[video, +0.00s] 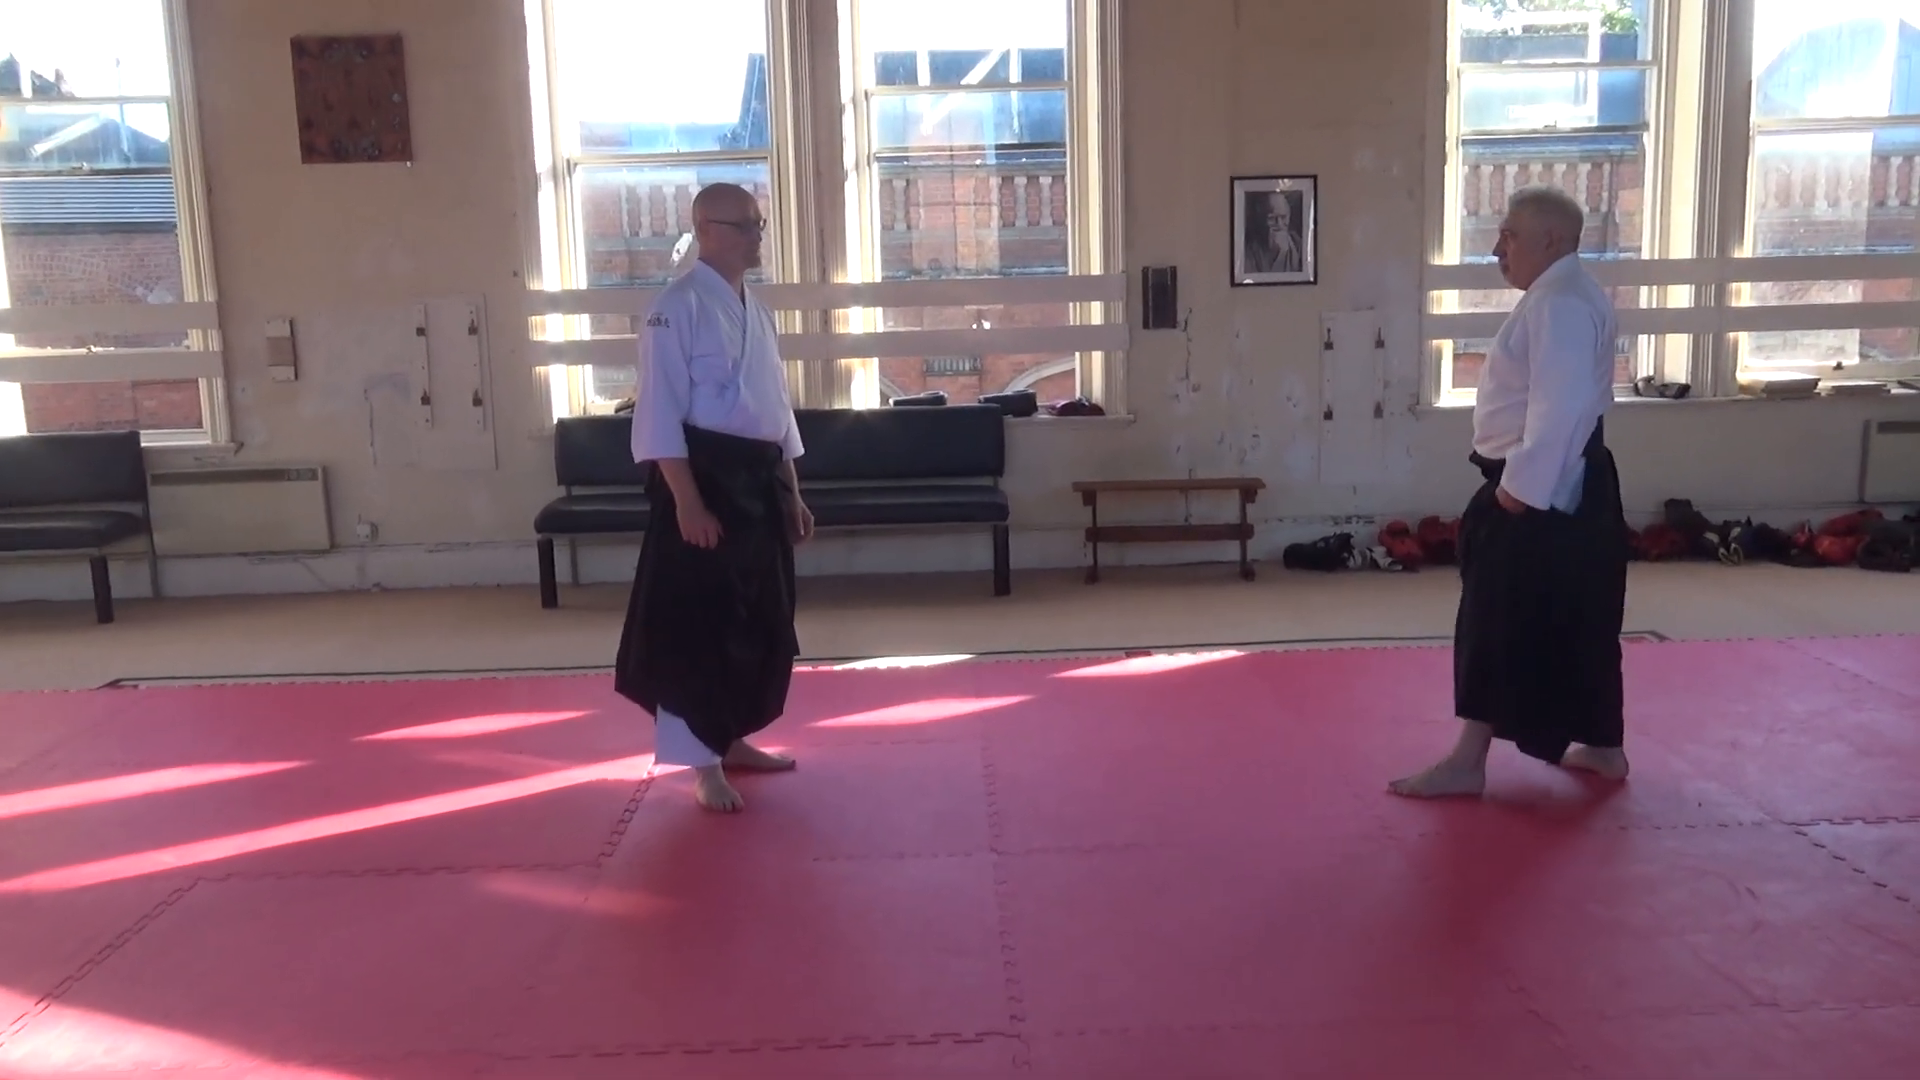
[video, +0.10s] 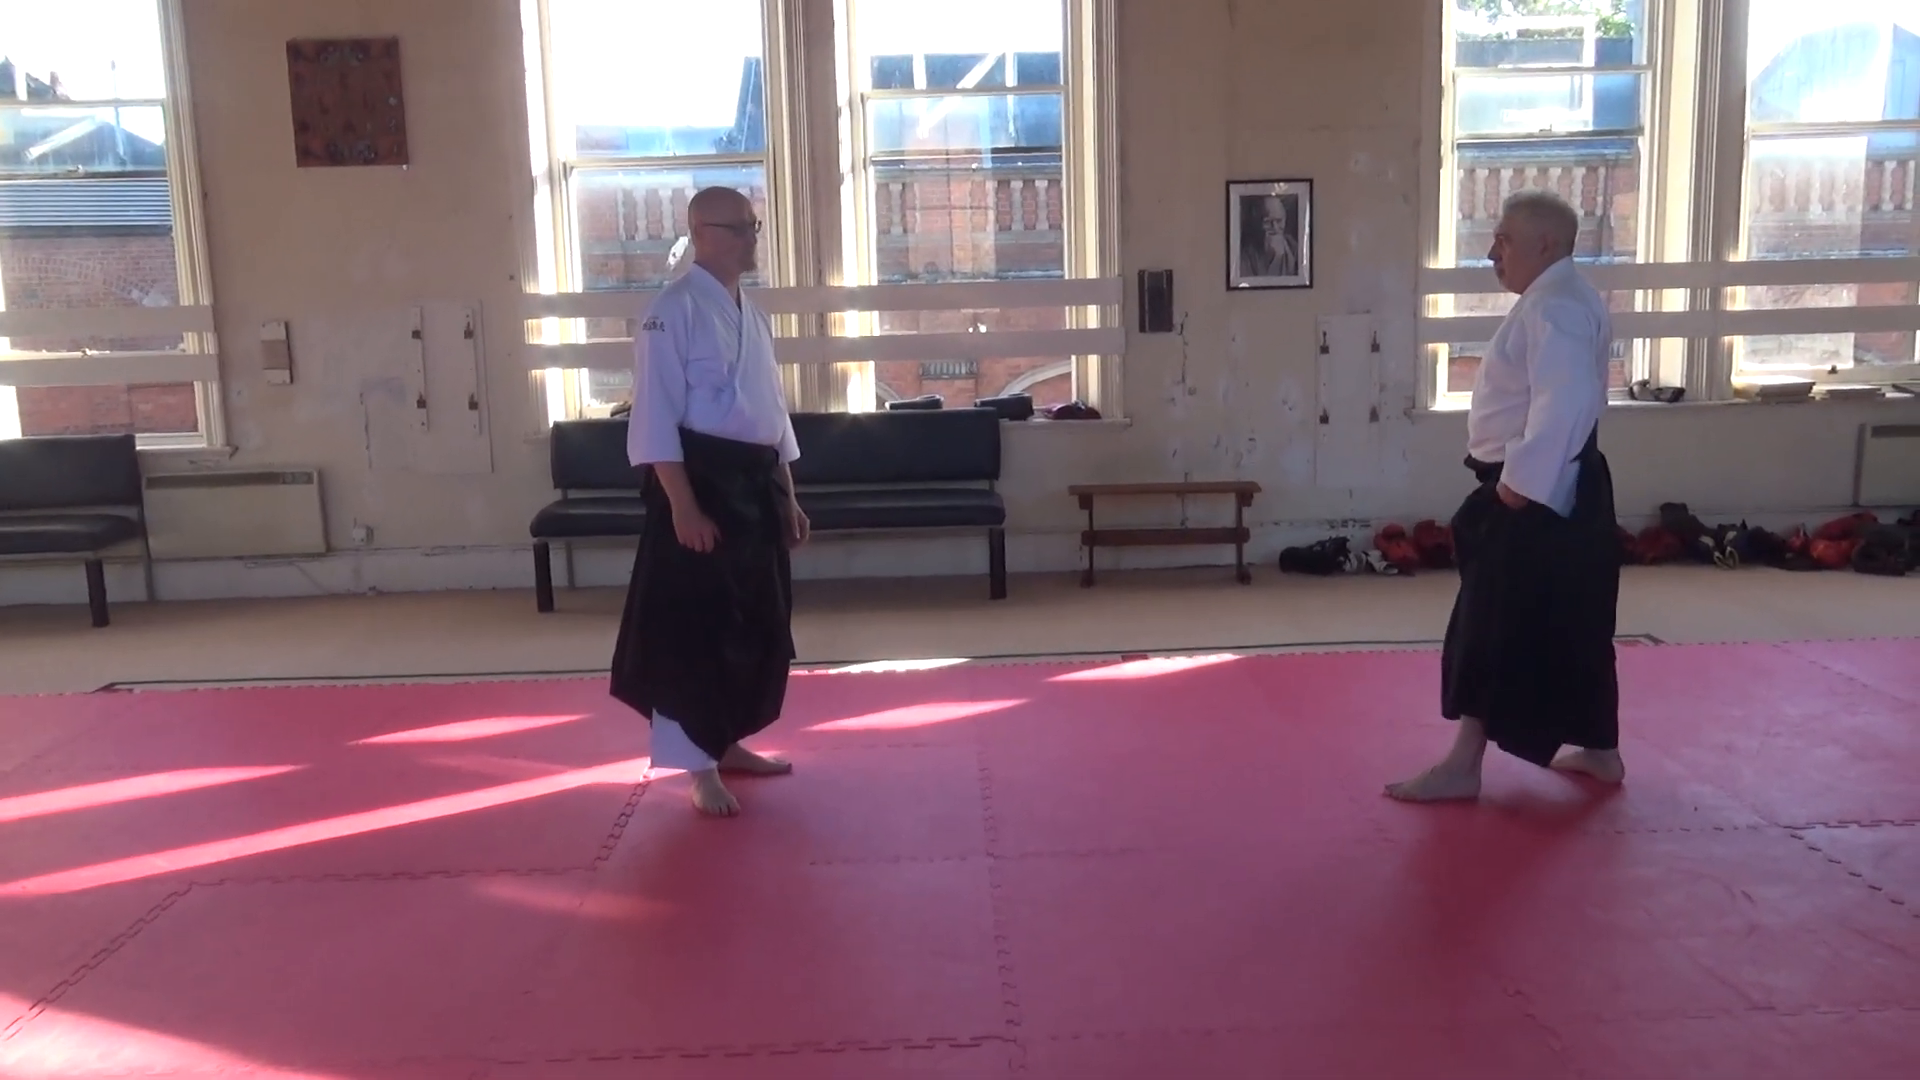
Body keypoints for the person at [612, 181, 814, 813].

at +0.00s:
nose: (757, 235)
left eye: (758, 225)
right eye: (743, 225)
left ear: (751, 231)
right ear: (704, 228)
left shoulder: (755, 307)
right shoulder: (676, 302)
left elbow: (775, 402)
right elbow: (658, 410)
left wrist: (791, 487)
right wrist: (686, 499)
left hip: (758, 472)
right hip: (699, 474)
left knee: (752, 608)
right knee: (698, 615)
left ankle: (731, 739)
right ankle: (704, 761)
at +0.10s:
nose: (751, 238)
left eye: (753, 228)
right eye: (737, 228)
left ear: (750, 233)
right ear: (698, 231)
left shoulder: (750, 311)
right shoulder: (672, 306)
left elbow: (771, 406)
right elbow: (654, 415)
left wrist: (787, 492)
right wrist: (682, 503)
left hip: (754, 476)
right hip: (695, 478)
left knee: (749, 612)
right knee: (694, 618)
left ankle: (727, 742)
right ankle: (699, 763)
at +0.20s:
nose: (747, 241)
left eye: (749, 230)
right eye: (733, 231)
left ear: (746, 237)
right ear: (695, 236)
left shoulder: (747, 315)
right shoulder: (668, 310)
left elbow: (767, 410)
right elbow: (651, 420)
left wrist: (784, 496)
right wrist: (679, 508)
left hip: (752, 480)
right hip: (692, 482)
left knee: (748, 617)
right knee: (691, 622)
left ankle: (724, 746)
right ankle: (696, 768)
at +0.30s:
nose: (746, 246)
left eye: (748, 235)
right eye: (731, 236)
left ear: (745, 242)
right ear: (693, 240)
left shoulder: (745, 319)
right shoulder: (668, 314)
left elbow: (766, 415)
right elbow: (650, 423)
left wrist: (782, 500)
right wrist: (677, 511)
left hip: (749, 484)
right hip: (691, 486)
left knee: (744, 620)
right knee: (688, 627)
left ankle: (723, 751)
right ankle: (694, 772)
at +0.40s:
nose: (742, 247)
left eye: (744, 237)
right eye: (727, 237)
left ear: (742, 244)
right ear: (689, 243)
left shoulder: (743, 323)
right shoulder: (664, 318)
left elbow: (762, 417)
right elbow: (646, 424)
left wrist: (779, 503)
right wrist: (675, 511)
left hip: (746, 489)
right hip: (688, 490)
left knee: (739, 624)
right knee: (684, 631)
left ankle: (718, 755)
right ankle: (691, 777)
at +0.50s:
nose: (740, 250)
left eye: (741, 240)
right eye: (724, 241)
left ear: (740, 247)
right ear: (687, 248)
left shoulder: (741, 328)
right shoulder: (662, 321)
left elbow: (761, 422)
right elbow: (644, 426)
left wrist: (777, 507)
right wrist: (674, 512)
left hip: (743, 492)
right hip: (684, 494)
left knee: (737, 628)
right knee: (682, 635)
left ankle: (715, 758)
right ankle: (688, 781)